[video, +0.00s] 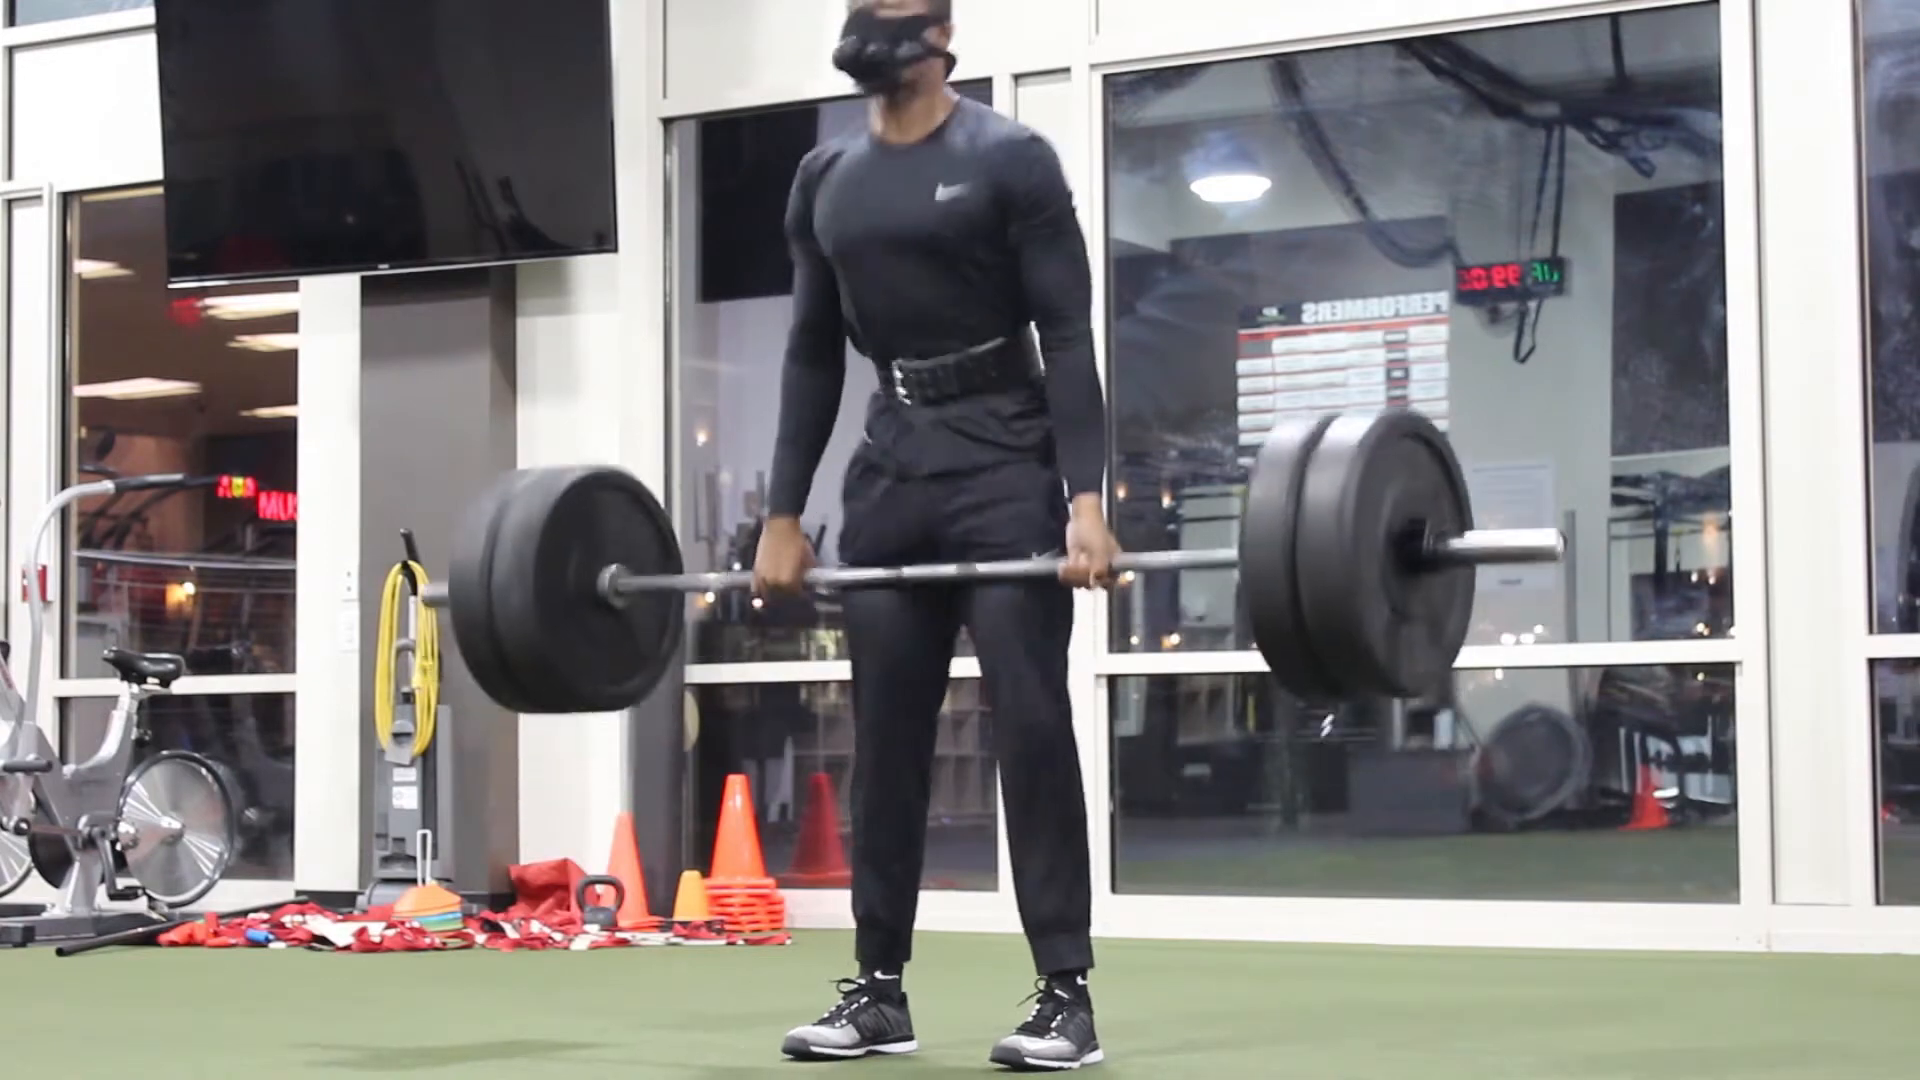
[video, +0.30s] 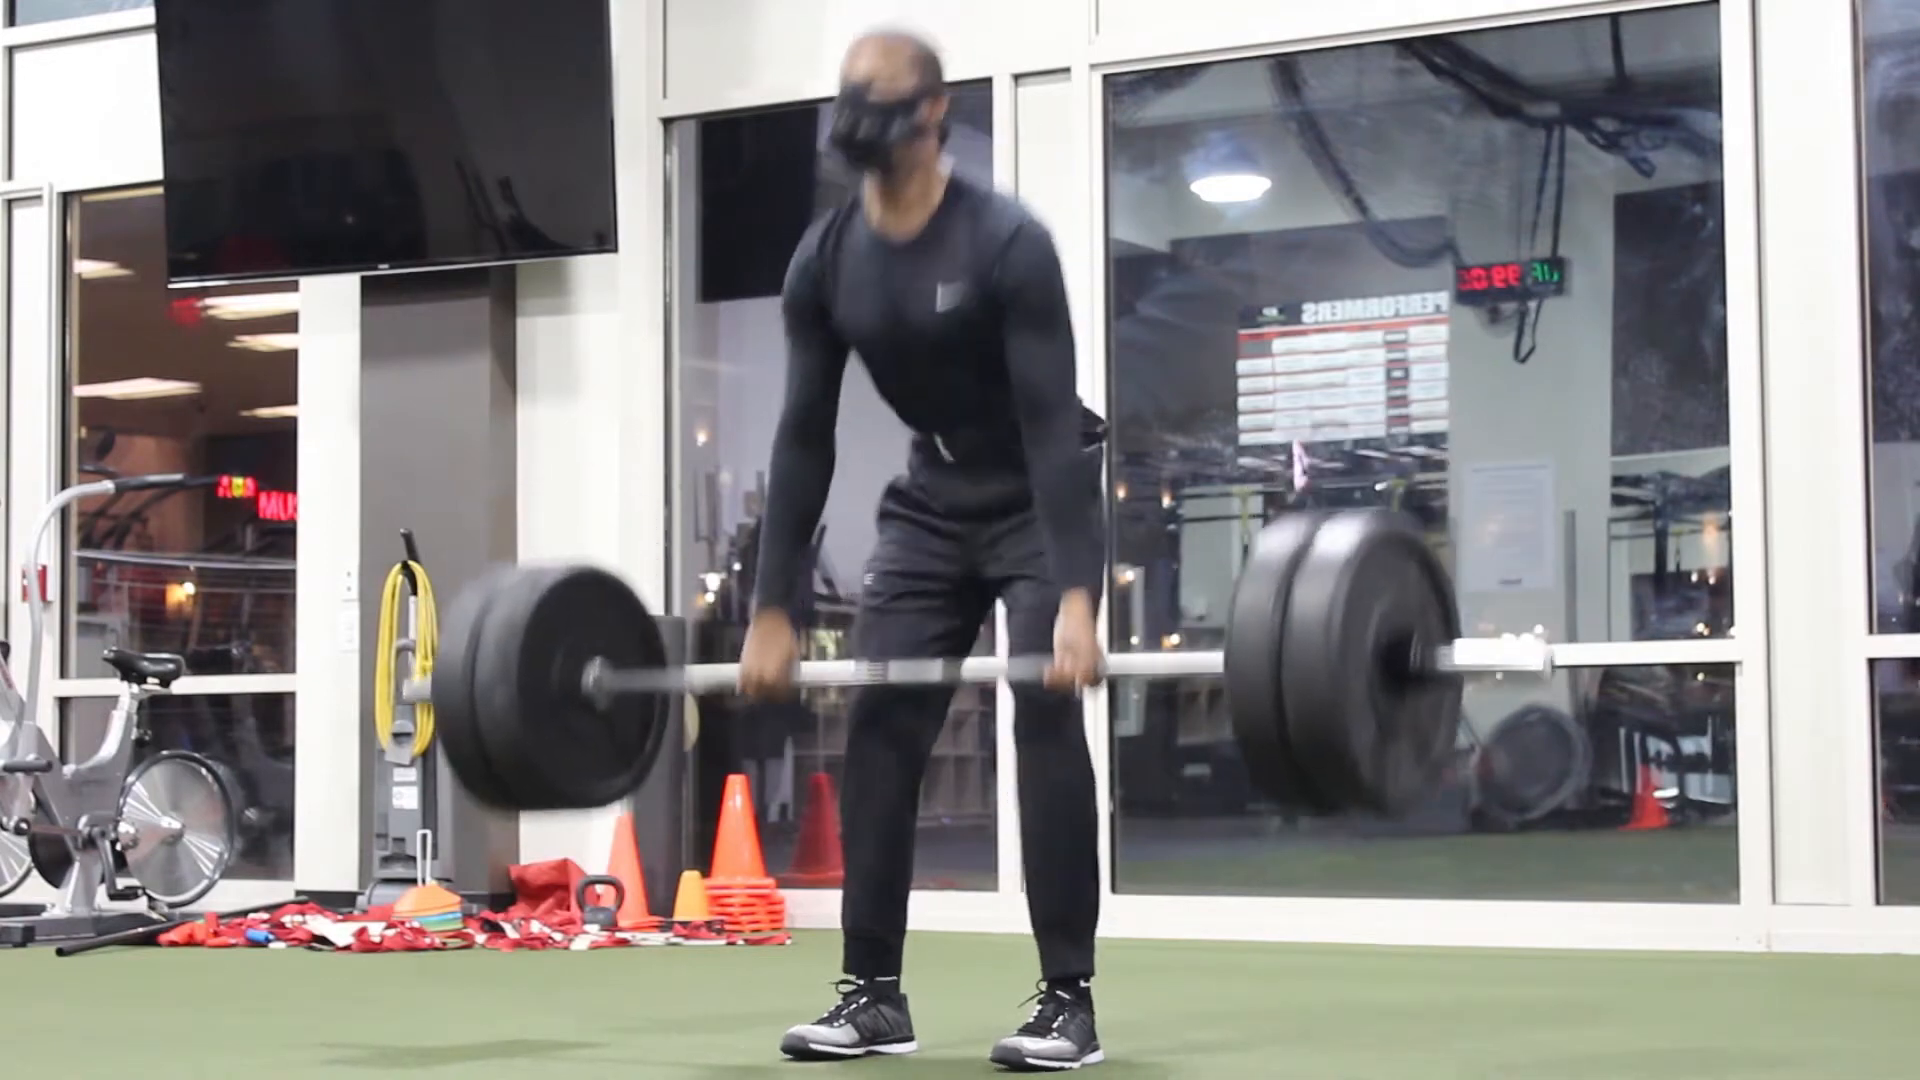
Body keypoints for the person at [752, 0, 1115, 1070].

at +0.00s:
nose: (890, 23)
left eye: (911, 10)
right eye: (873, 11)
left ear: (948, 32)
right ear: (849, 40)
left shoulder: (1012, 157)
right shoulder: (824, 179)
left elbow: (1069, 335)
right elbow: (812, 353)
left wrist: (1085, 499)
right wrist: (785, 510)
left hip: (1010, 440)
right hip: (892, 443)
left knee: (1032, 723)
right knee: (887, 729)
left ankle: (1064, 995)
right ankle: (879, 989)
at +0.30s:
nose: (859, 120)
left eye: (881, 103)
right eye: (849, 102)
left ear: (936, 110)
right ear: (837, 115)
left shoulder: (1008, 242)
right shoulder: (823, 261)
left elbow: (1055, 426)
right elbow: (802, 437)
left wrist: (1077, 593)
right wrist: (775, 605)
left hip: (1041, 499)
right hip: (930, 500)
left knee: (1043, 711)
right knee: (883, 714)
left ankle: (1067, 999)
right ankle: (873, 993)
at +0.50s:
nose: (817, 274)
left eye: (841, 259)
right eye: (810, 256)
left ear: (901, 271)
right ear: (799, 258)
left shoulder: (991, 377)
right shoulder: (804, 402)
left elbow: (1054, 567)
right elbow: (793, 578)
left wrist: (1075, 742)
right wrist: (766, 749)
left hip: (1051, 530)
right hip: (939, 544)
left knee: (1041, 729)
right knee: (852, 728)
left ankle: (1065, 1002)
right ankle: (872, 996)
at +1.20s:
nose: (813, 148)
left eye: (838, 130)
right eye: (806, 129)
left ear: (899, 138)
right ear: (799, 138)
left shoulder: (987, 258)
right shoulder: (796, 273)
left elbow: (1056, 424)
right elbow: (789, 443)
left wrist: (1078, 585)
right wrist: (775, 604)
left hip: (1026, 497)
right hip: (911, 499)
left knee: (1034, 719)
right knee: (878, 728)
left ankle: (1066, 995)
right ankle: (874, 991)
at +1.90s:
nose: (812, 299)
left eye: (836, 281)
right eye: (804, 280)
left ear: (897, 289)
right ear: (793, 282)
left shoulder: (986, 391)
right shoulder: (798, 415)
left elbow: (1051, 580)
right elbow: (786, 586)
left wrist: (1072, 761)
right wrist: (761, 759)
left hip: (1048, 535)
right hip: (933, 548)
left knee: (1029, 730)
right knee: (849, 725)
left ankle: (1064, 999)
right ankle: (871, 994)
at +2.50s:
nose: (806, 206)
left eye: (830, 190)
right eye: (799, 187)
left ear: (889, 197)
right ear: (788, 191)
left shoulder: (980, 308)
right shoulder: (789, 328)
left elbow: (1051, 479)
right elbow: (785, 497)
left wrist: (1082, 656)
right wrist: (775, 665)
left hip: (1034, 502)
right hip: (919, 509)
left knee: (1041, 733)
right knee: (868, 725)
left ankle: (1065, 998)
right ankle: (873, 992)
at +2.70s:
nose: (862, 49)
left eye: (885, 31)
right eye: (853, 34)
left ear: (934, 54)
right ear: (840, 59)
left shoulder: (1006, 189)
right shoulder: (815, 203)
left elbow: (1061, 365)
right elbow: (801, 379)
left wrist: (1086, 527)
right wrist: (779, 534)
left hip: (1014, 461)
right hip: (899, 463)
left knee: (1031, 729)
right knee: (882, 731)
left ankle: (1064, 998)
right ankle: (875, 992)